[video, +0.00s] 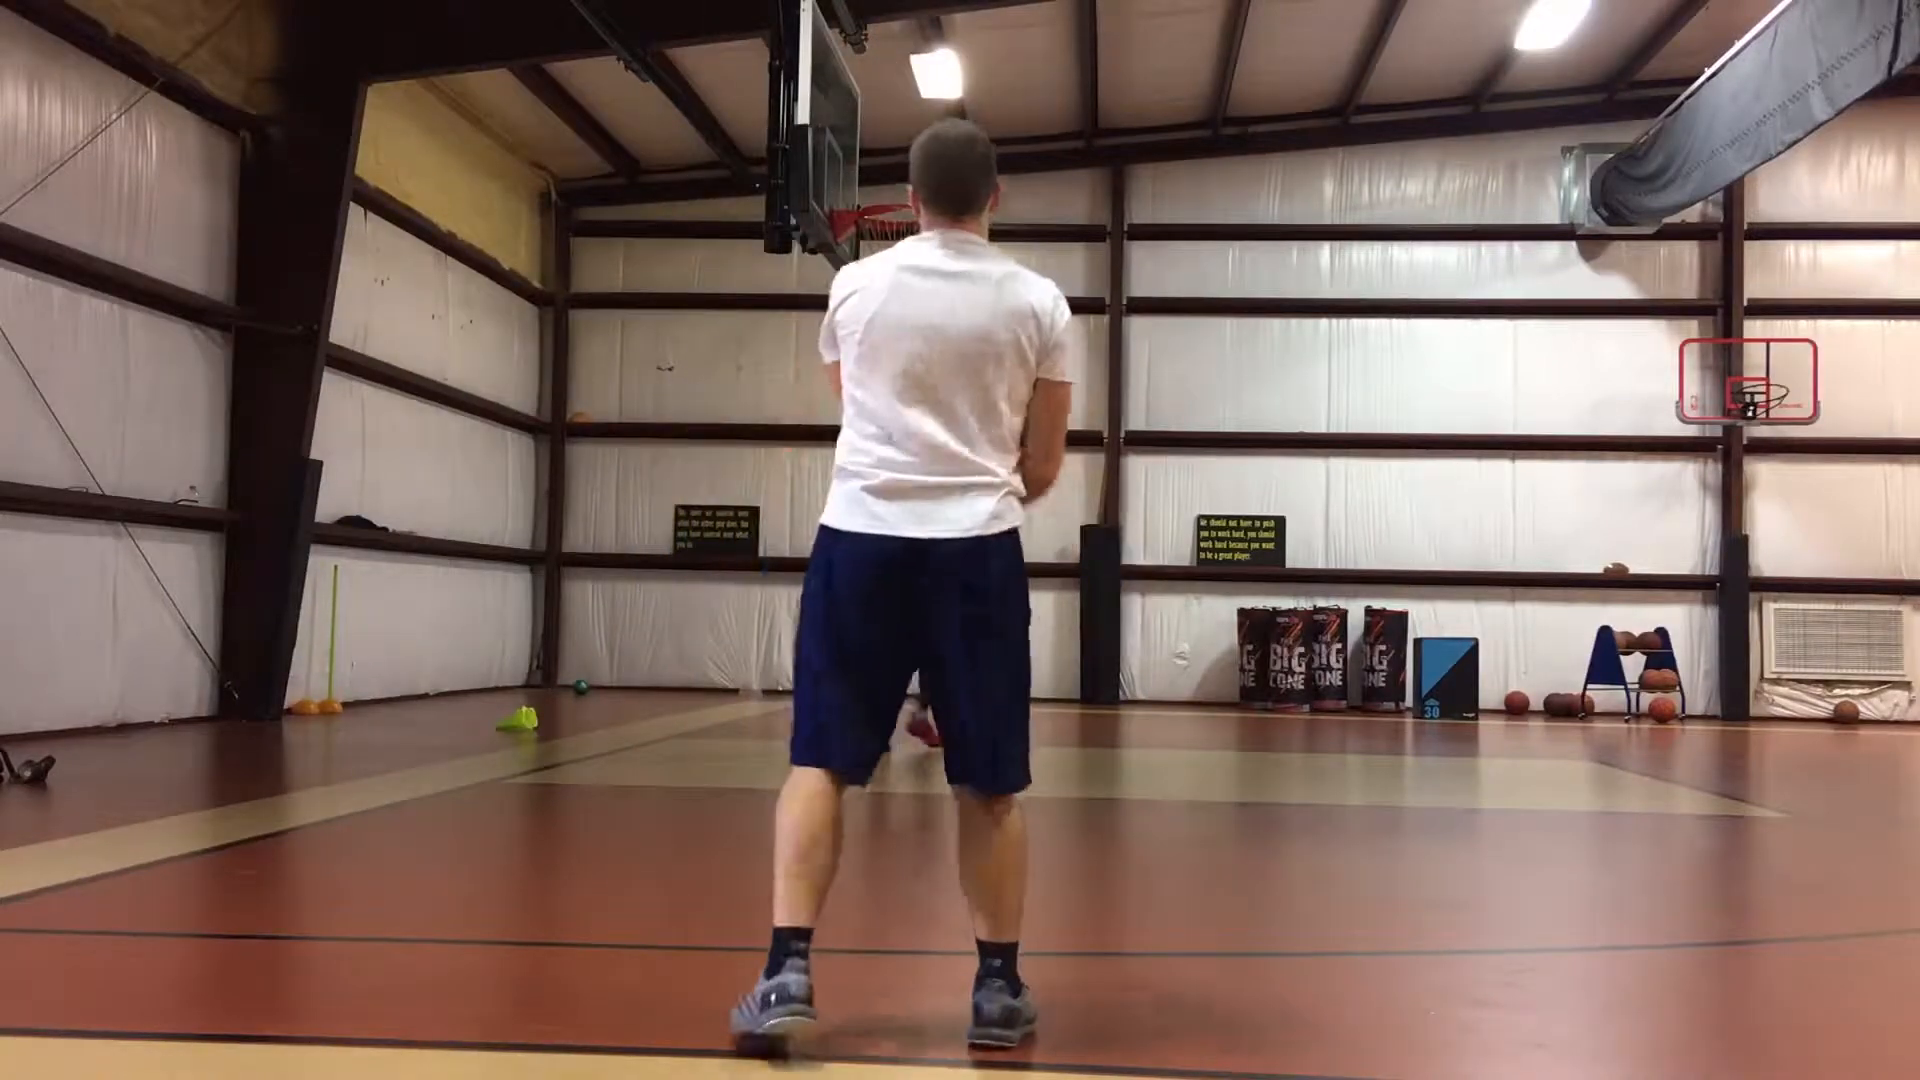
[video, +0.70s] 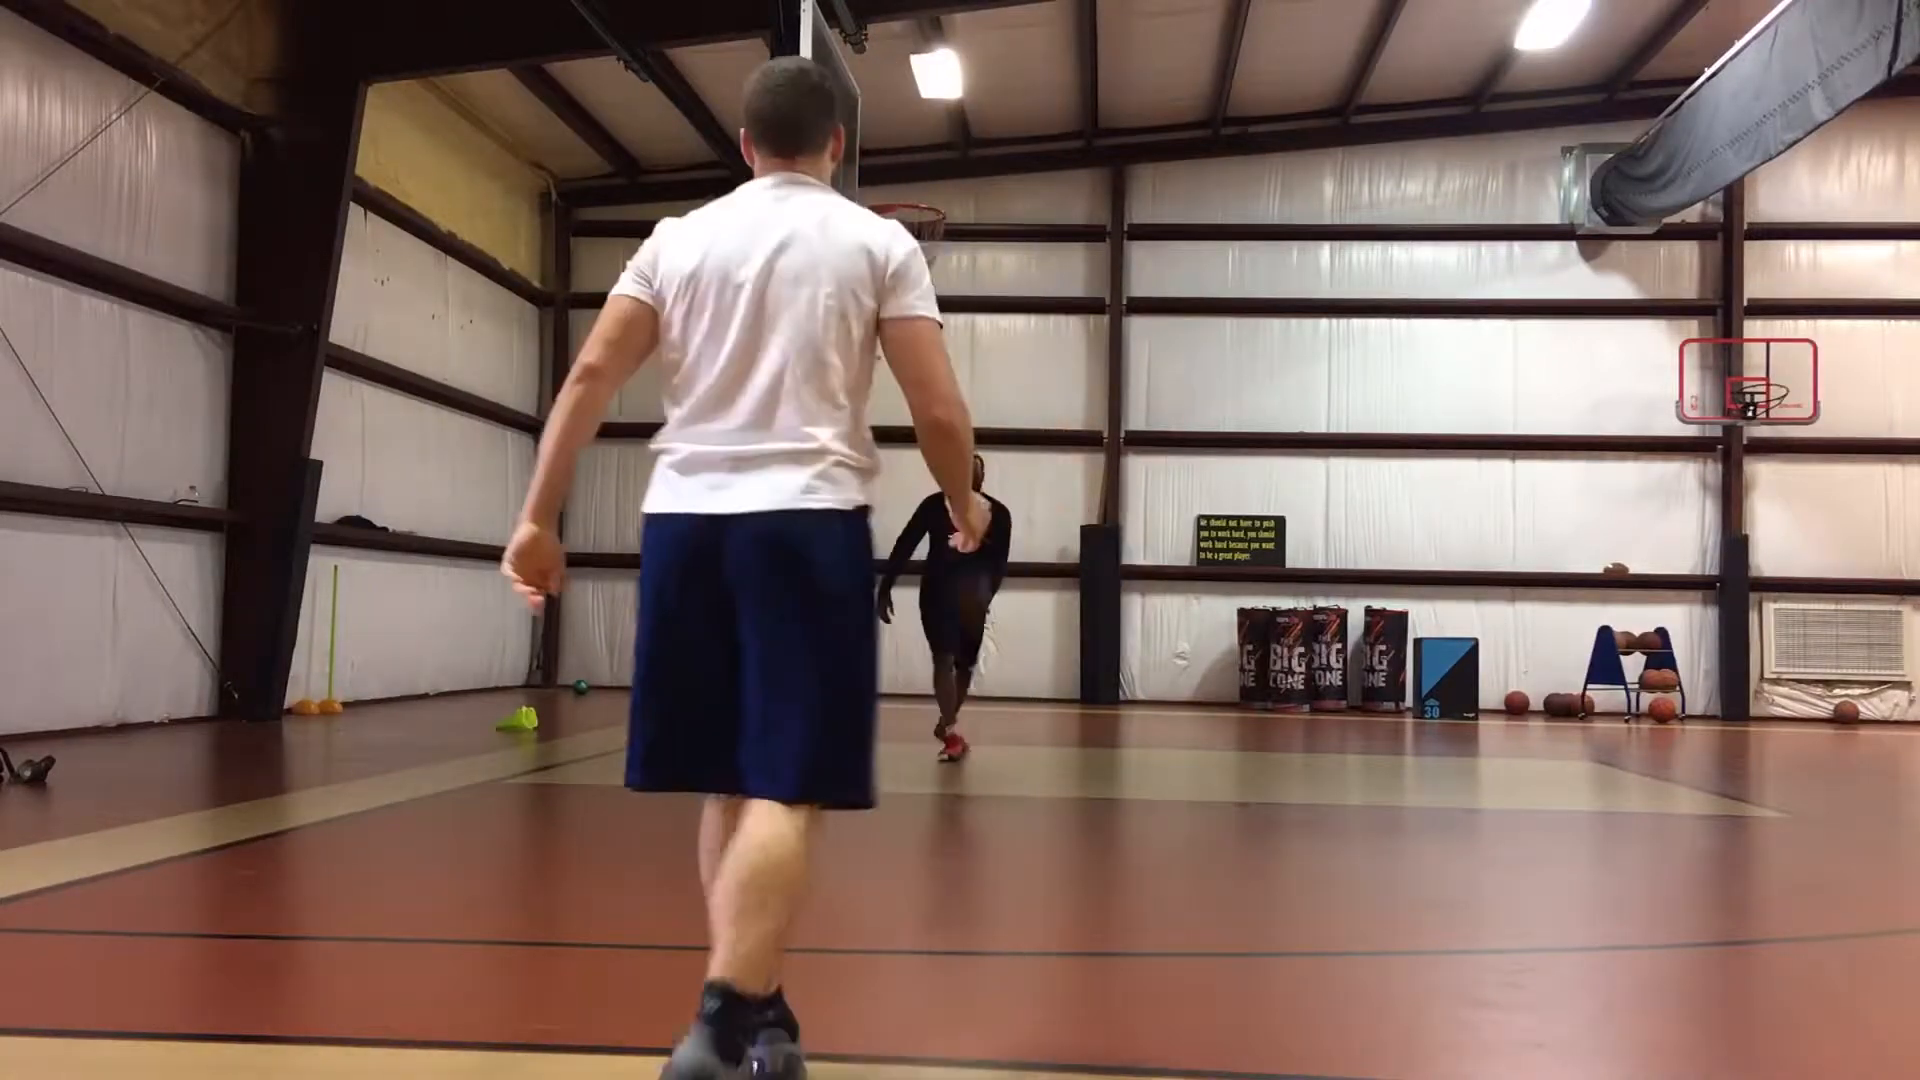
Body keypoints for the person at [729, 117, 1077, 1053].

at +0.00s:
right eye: (995, 189)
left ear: (913, 195)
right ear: (997, 197)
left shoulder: (856, 285)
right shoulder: (1039, 302)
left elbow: (849, 407)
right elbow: (1042, 468)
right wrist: (969, 498)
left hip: (858, 552)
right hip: (978, 559)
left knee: (818, 756)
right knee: (991, 782)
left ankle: (788, 969)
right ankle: (997, 984)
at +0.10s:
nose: (885, 202)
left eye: (882, 189)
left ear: (885, 196)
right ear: (971, 196)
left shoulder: (833, 288)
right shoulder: (1019, 300)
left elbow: (838, 402)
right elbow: (1038, 464)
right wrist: (964, 439)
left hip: (842, 563)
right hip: (964, 570)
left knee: (802, 770)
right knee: (986, 789)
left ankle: (779, 978)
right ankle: (998, 987)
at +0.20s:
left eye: (857, 188)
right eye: (939, 190)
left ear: (853, 197)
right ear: (943, 197)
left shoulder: (798, 287)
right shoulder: (987, 291)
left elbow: (801, 394)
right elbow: (1035, 451)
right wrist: (1054, 475)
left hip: (810, 569)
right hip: (937, 576)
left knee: (794, 784)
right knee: (969, 792)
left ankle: (774, 1008)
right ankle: (996, 992)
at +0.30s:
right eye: (912, 176)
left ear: (817, 186)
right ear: (905, 184)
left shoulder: (760, 283)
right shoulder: (951, 280)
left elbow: (750, 437)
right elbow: (991, 427)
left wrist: (826, 487)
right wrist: (1055, 505)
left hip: (782, 562)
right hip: (910, 566)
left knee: (781, 790)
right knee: (946, 790)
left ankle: (775, 1023)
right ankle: (989, 986)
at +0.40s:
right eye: (882, 163)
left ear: (789, 173)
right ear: (878, 169)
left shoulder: (729, 274)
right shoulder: (925, 262)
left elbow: (718, 443)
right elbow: (952, 416)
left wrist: (755, 535)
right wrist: (1015, 526)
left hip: (757, 557)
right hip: (889, 558)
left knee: (769, 790)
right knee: (920, 780)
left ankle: (774, 1027)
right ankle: (948, 998)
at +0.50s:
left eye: (775, 153)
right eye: (856, 151)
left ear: (765, 160)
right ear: (860, 155)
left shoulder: (710, 262)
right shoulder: (904, 250)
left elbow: (675, 432)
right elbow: (931, 407)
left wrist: (642, 558)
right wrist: (978, 529)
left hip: (738, 556)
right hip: (871, 555)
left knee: (760, 790)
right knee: (892, 779)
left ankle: (772, 1030)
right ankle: (866, 988)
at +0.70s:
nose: (847, 156)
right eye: (849, 144)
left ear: (745, 144)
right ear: (839, 145)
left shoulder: (676, 239)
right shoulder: (878, 242)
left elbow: (591, 373)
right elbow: (938, 409)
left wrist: (537, 516)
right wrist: (965, 503)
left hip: (685, 533)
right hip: (809, 533)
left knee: (726, 782)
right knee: (784, 788)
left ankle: (764, 1026)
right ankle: (715, 1031)